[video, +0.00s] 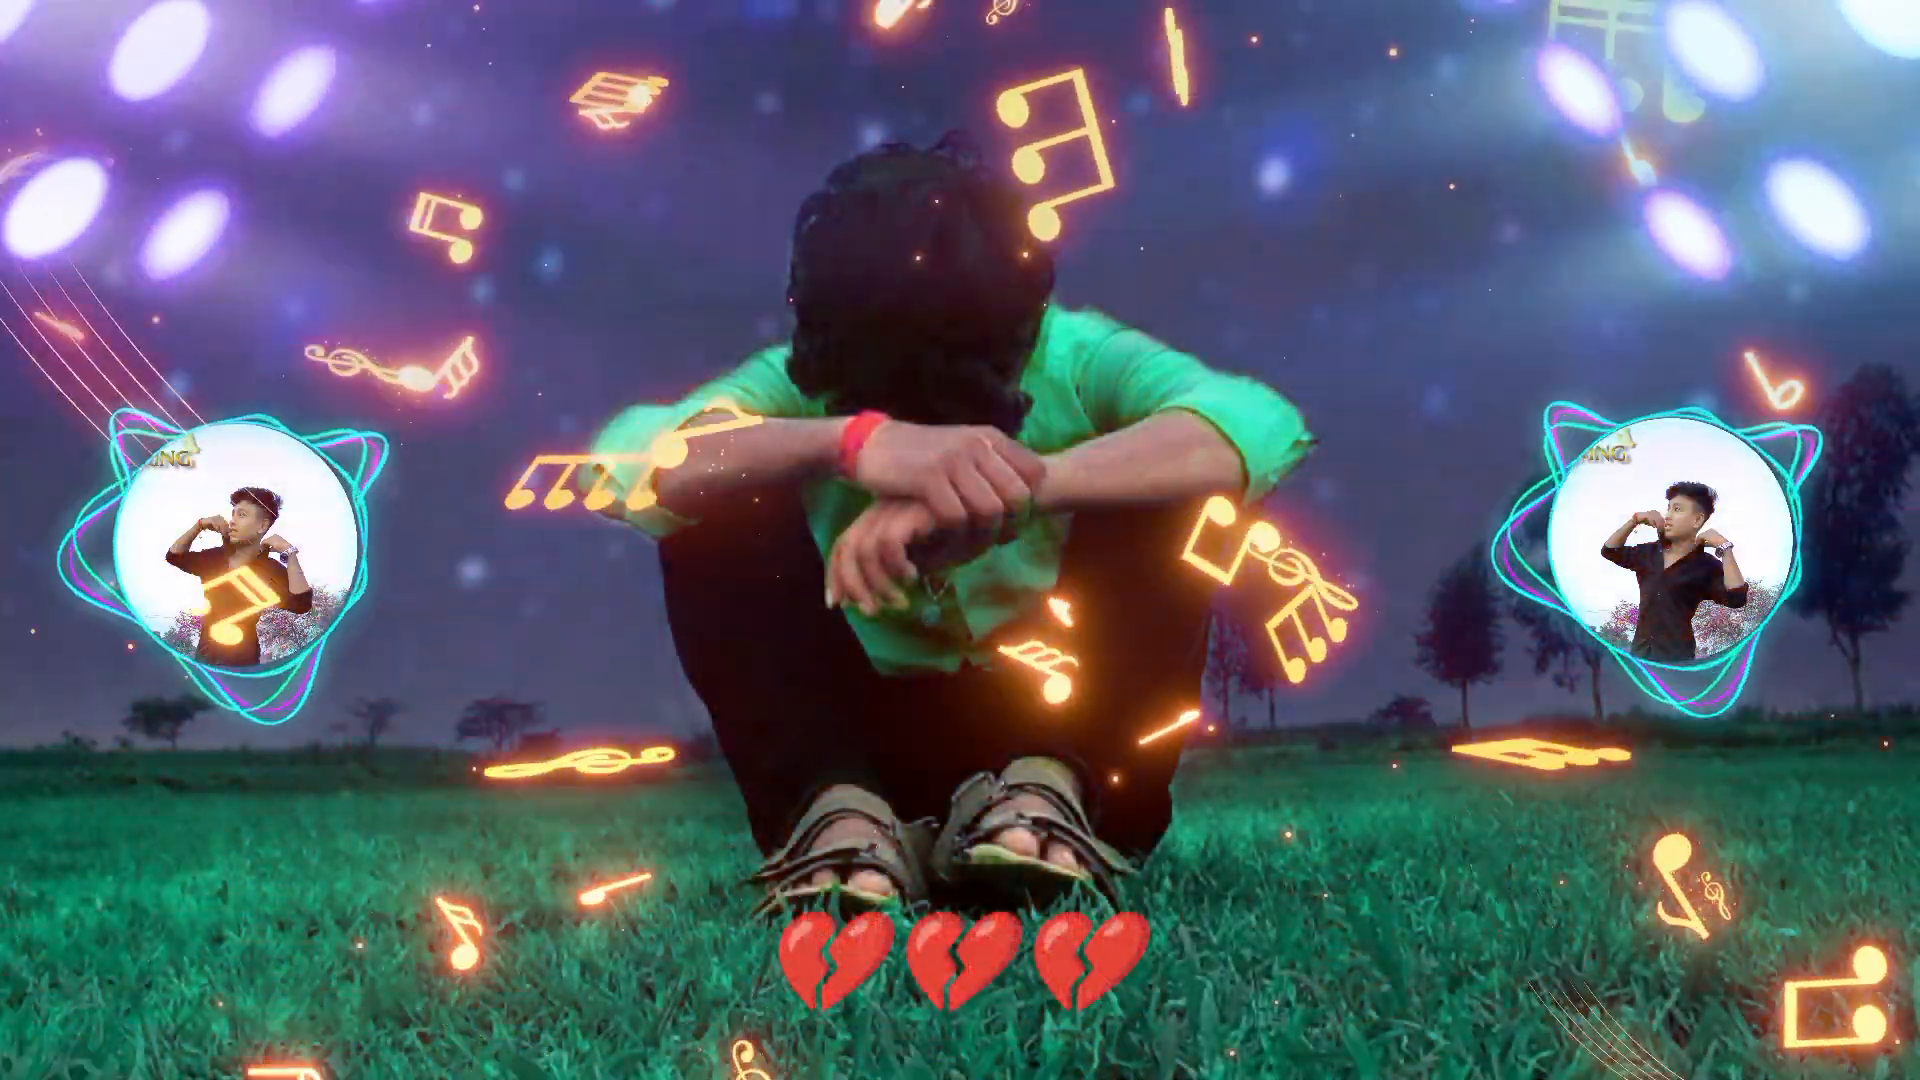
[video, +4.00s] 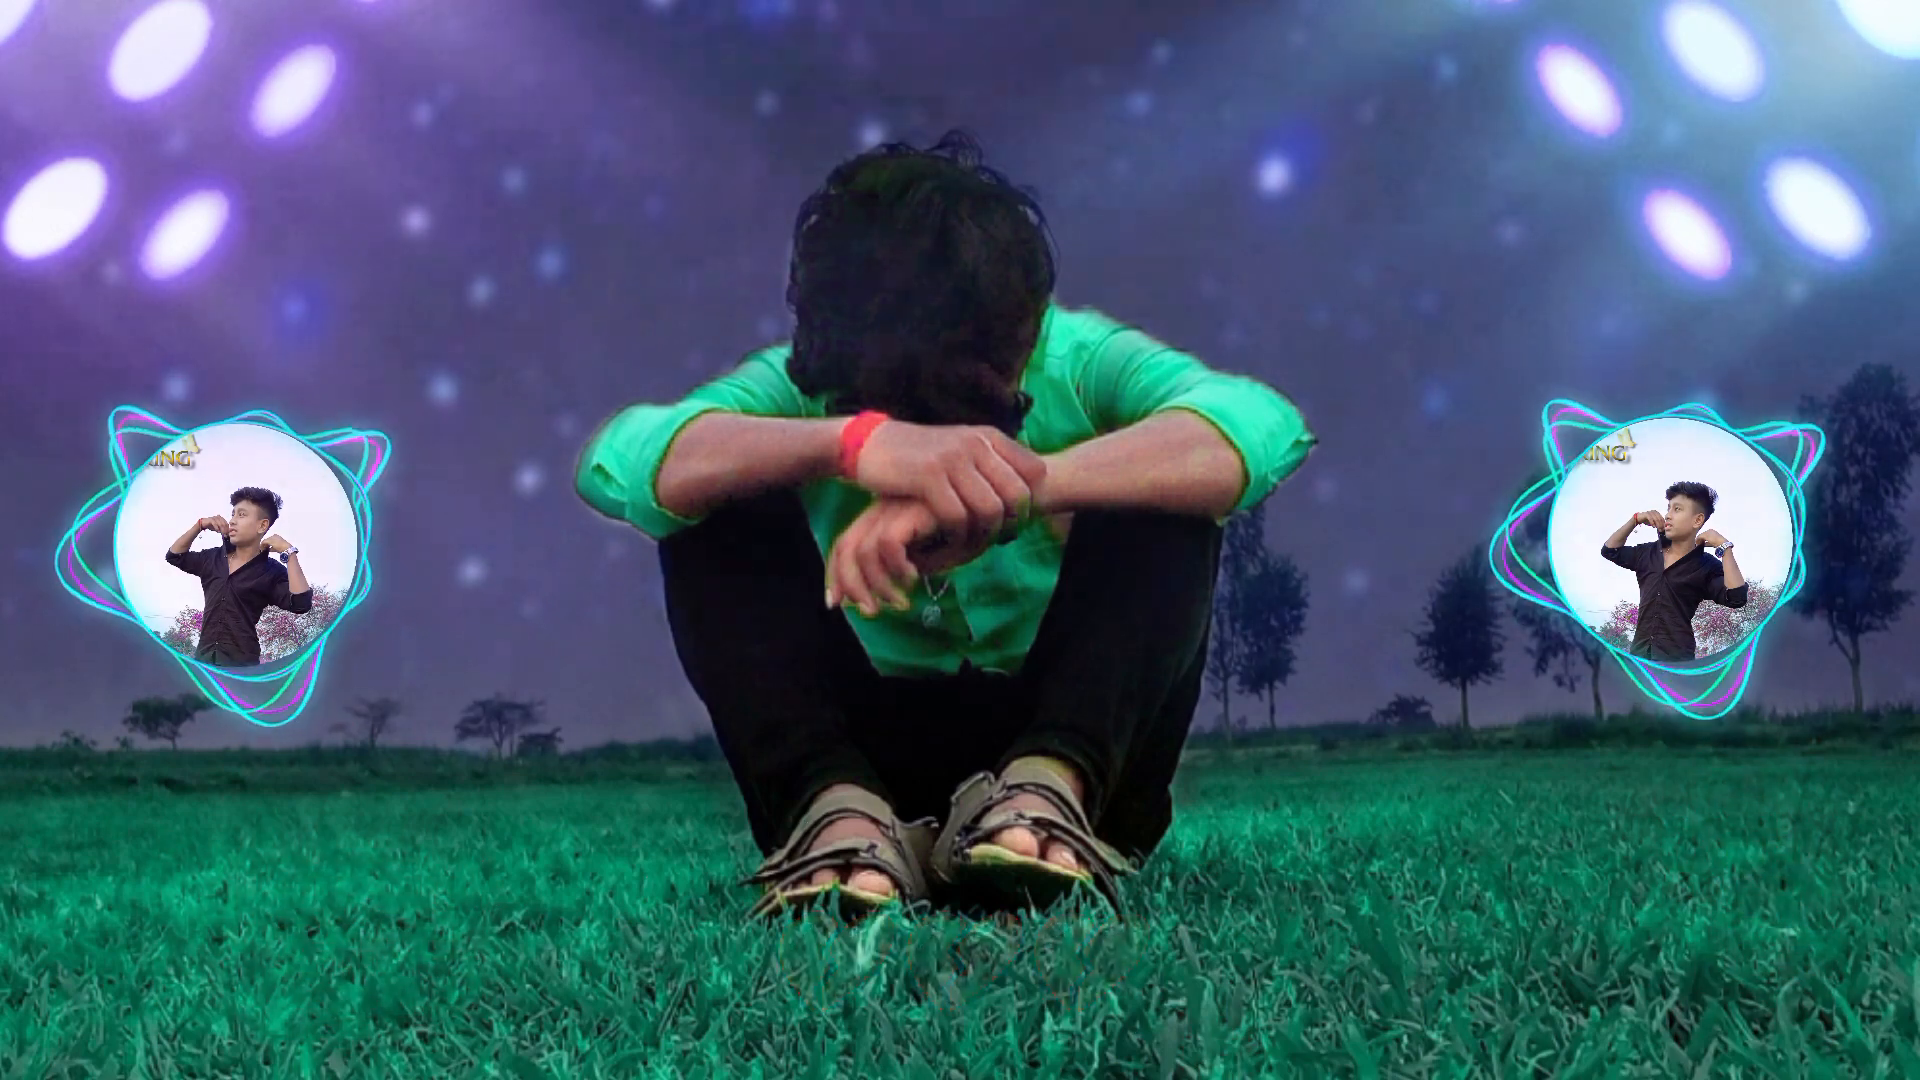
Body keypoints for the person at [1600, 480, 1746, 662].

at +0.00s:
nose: (1667, 515)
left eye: (1677, 509)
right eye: (1668, 509)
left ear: (1698, 519)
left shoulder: (1705, 565)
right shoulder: (1648, 553)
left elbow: (1737, 600)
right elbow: (1609, 551)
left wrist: (1725, 548)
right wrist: (1633, 522)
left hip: (1678, 659)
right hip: (1640, 654)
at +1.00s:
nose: (1667, 515)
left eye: (1677, 509)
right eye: (1668, 508)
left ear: (1698, 519)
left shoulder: (1705, 565)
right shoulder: (1648, 553)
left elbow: (1737, 600)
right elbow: (1609, 551)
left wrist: (1724, 547)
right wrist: (1634, 521)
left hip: (1677, 660)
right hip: (1639, 655)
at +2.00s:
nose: (1668, 516)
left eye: (1677, 509)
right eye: (1669, 509)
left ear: (1698, 519)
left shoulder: (1705, 565)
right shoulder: (1648, 553)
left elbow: (1737, 600)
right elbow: (1609, 551)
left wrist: (1725, 548)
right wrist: (1634, 521)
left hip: (1677, 659)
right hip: (1639, 654)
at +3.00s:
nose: (1667, 515)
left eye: (1677, 509)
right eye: (1668, 509)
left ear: (1698, 520)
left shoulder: (1705, 564)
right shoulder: (1647, 553)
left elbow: (1737, 599)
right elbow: (1609, 551)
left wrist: (1725, 547)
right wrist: (1634, 520)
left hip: (1677, 660)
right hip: (1638, 656)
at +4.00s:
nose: (1667, 515)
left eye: (1677, 509)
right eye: (1668, 509)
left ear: (1698, 520)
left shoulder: (1705, 564)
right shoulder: (1647, 553)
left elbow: (1737, 599)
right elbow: (1609, 551)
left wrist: (1725, 547)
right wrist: (1634, 520)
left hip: (1677, 660)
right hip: (1639, 655)